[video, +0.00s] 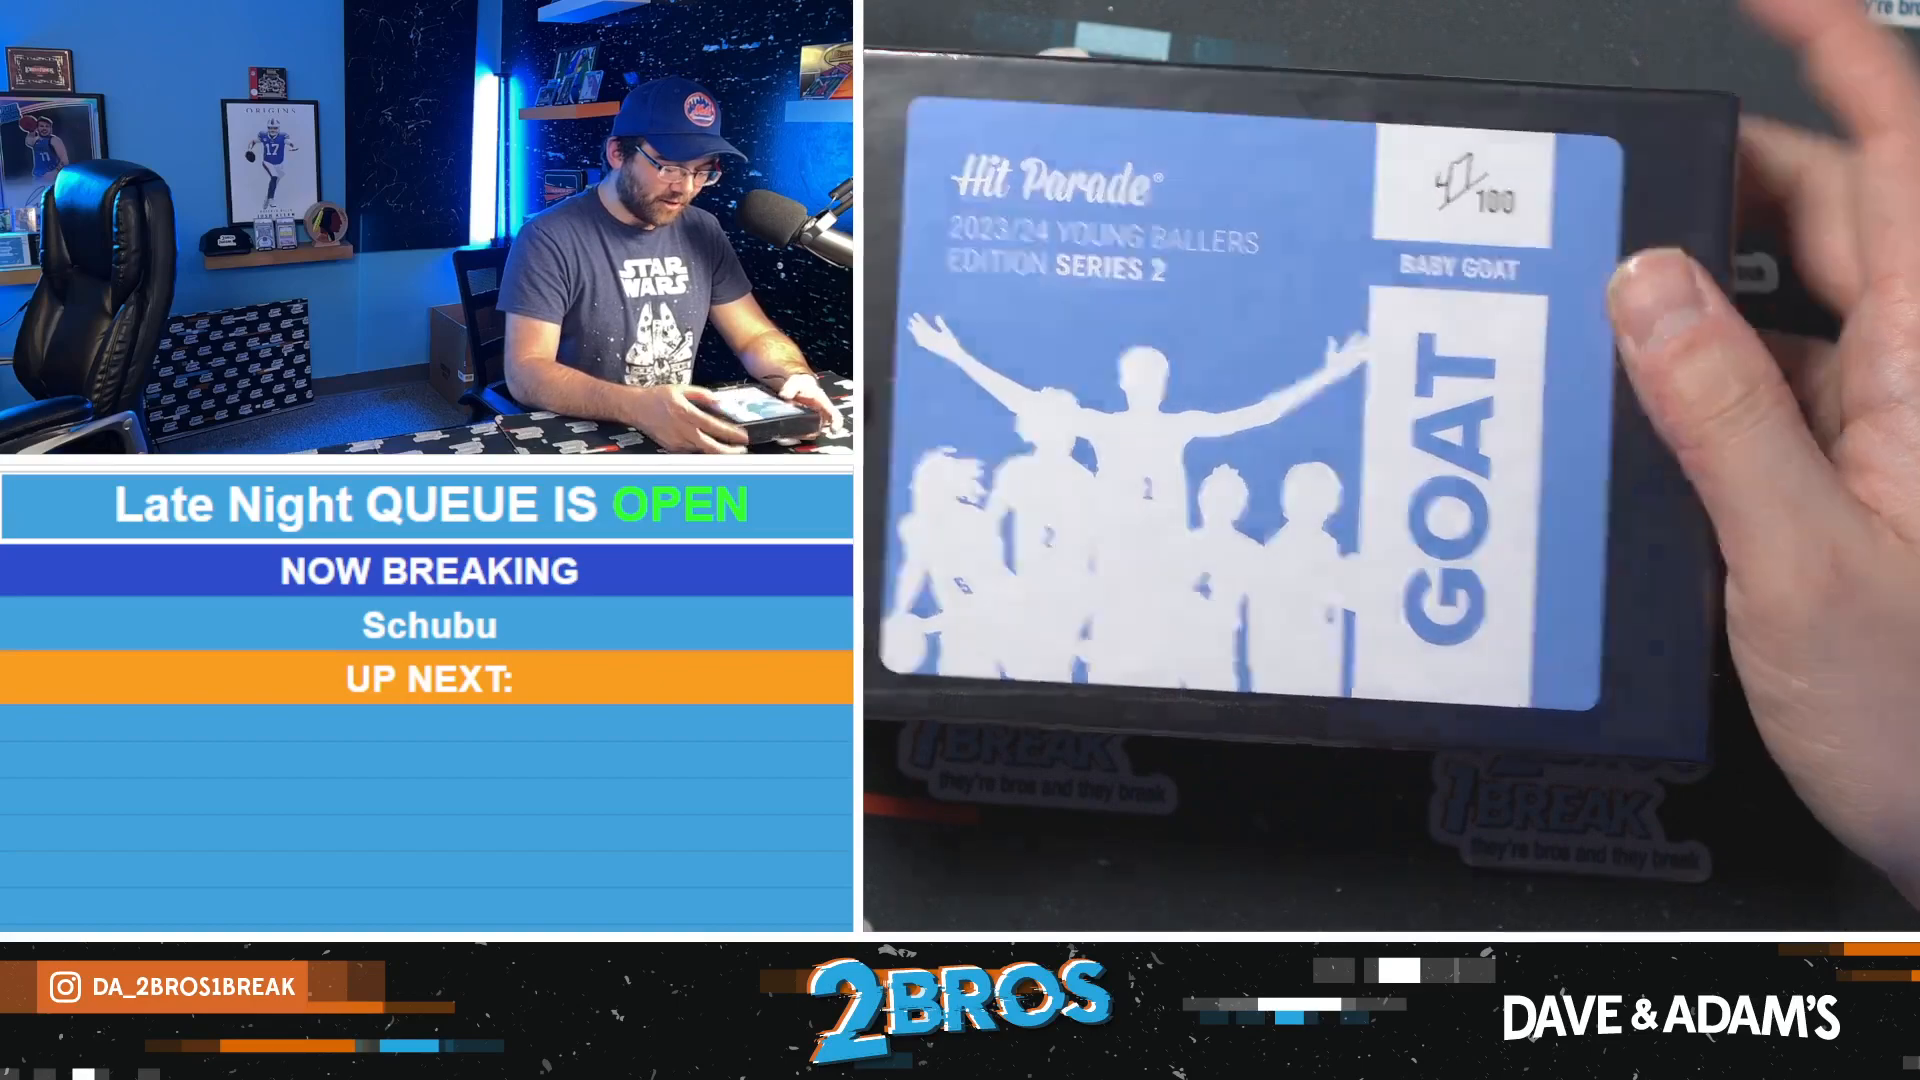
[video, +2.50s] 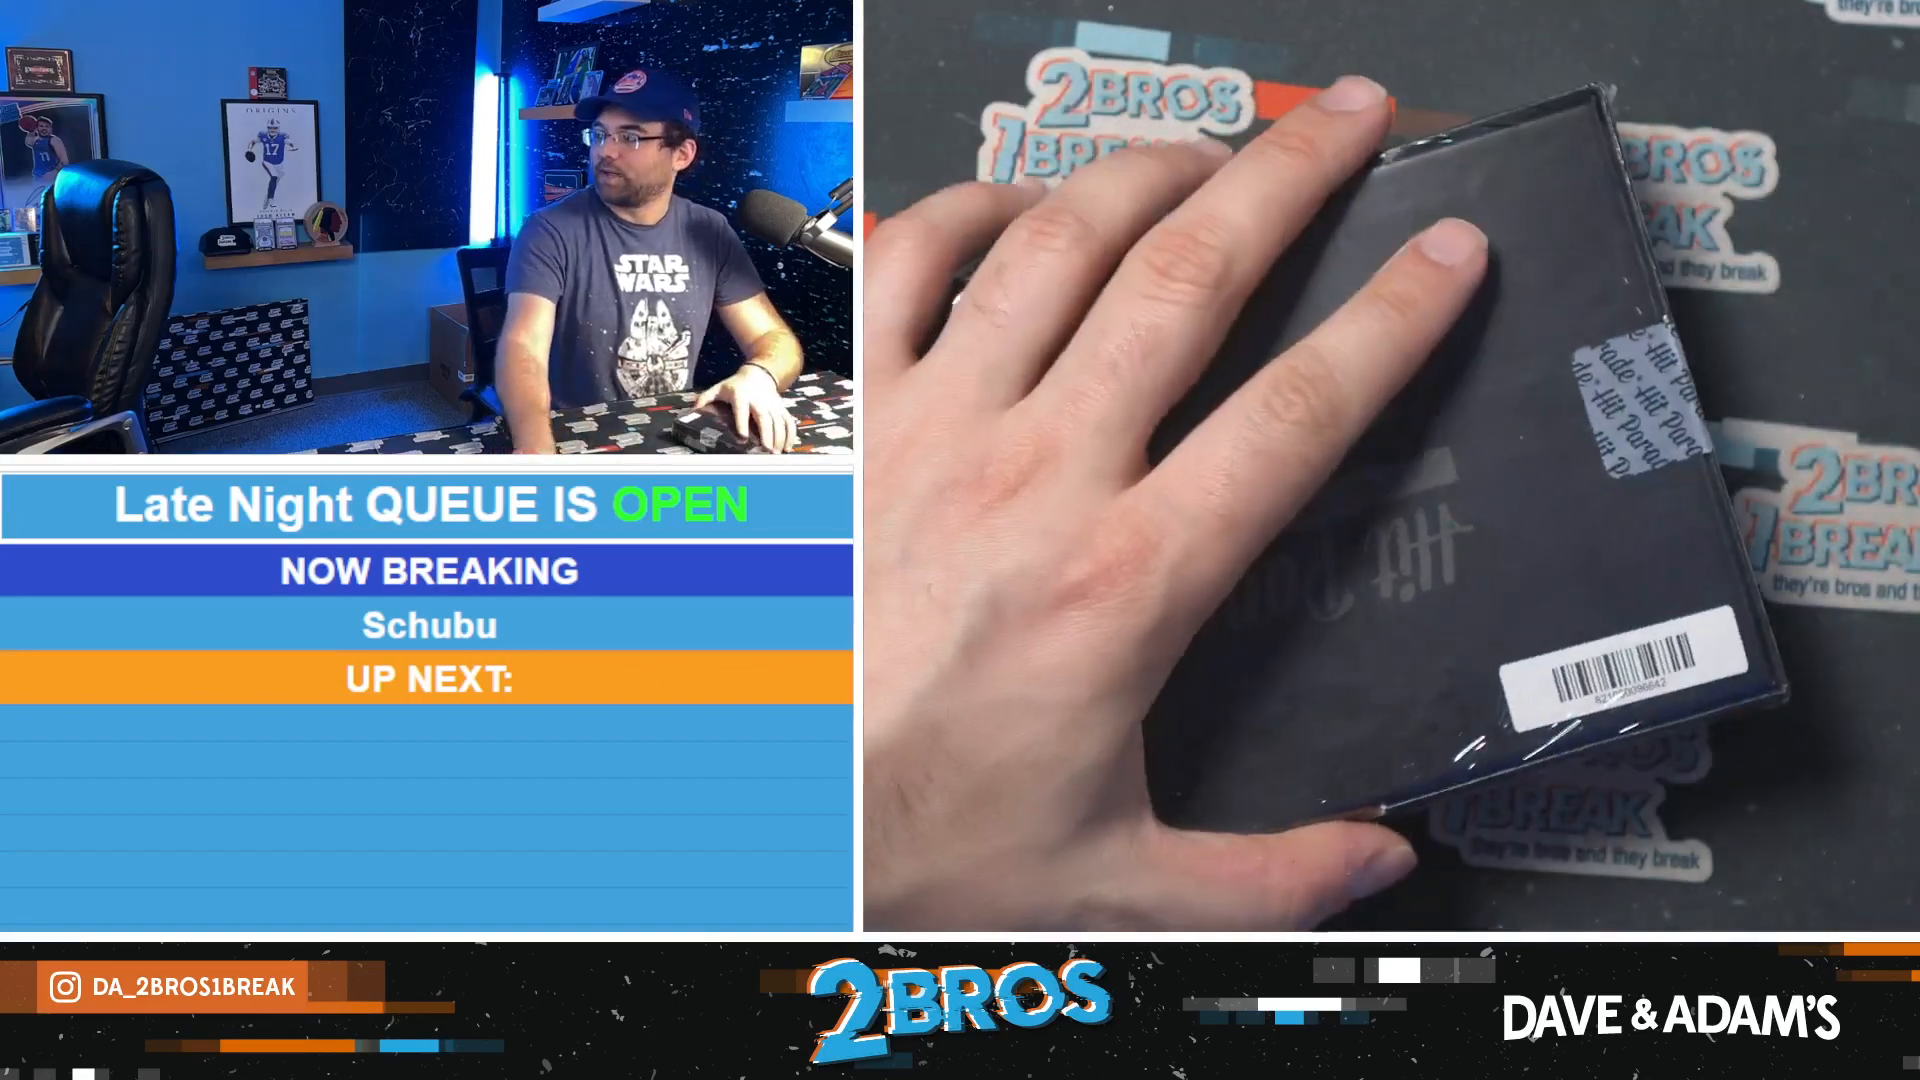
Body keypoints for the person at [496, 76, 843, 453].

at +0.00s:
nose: (685, 188)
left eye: (701, 170)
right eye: (668, 166)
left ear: (712, 168)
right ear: (617, 154)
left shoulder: (703, 233)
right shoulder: (553, 238)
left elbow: (757, 336)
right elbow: (529, 374)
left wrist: (797, 376)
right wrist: (639, 406)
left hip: (685, 461)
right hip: (581, 466)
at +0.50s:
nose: (687, 191)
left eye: (702, 173)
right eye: (671, 169)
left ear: (715, 169)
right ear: (619, 154)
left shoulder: (702, 233)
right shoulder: (553, 238)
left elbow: (757, 336)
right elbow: (529, 374)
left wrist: (797, 375)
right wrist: (643, 407)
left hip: (684, 460)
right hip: (579, 464)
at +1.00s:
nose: (689, 185)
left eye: (704, 169)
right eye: (673, 165)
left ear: (715, 169)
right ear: (620, 152)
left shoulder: (701, 232)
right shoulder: (552, 239)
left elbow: (755, 333)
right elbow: (527, 375)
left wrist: (797, 380)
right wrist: (641, 398)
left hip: (686, 457)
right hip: (581, 462)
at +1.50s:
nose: (684, 174)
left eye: (698, 158)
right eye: (666, 152)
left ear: (709, 162)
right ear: (615, 148)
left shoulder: (704, 231)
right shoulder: (550, 237)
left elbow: (758, 335)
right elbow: (523, 372)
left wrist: (781, 371)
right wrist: (649, 394)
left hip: (686, 455)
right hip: (580, 459)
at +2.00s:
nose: (616, 150)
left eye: (640, 135)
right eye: (605, 132)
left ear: (682, 150)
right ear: (592, 140)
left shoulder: (705, 232)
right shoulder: (546, 232)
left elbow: (761, 334)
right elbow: (510, 350)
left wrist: (791, 369)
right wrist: (529, 425)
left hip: (680, 453)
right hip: (575, 456)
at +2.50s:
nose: (606, 152)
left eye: (632, 138)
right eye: (601, 135)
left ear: (682, 154)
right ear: (592, 139)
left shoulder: (710, 233)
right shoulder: (553, 233)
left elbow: (776, 341)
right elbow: (522, 353)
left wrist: (758, 374)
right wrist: (536, 456)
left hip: (680, 450)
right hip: (582, 453)